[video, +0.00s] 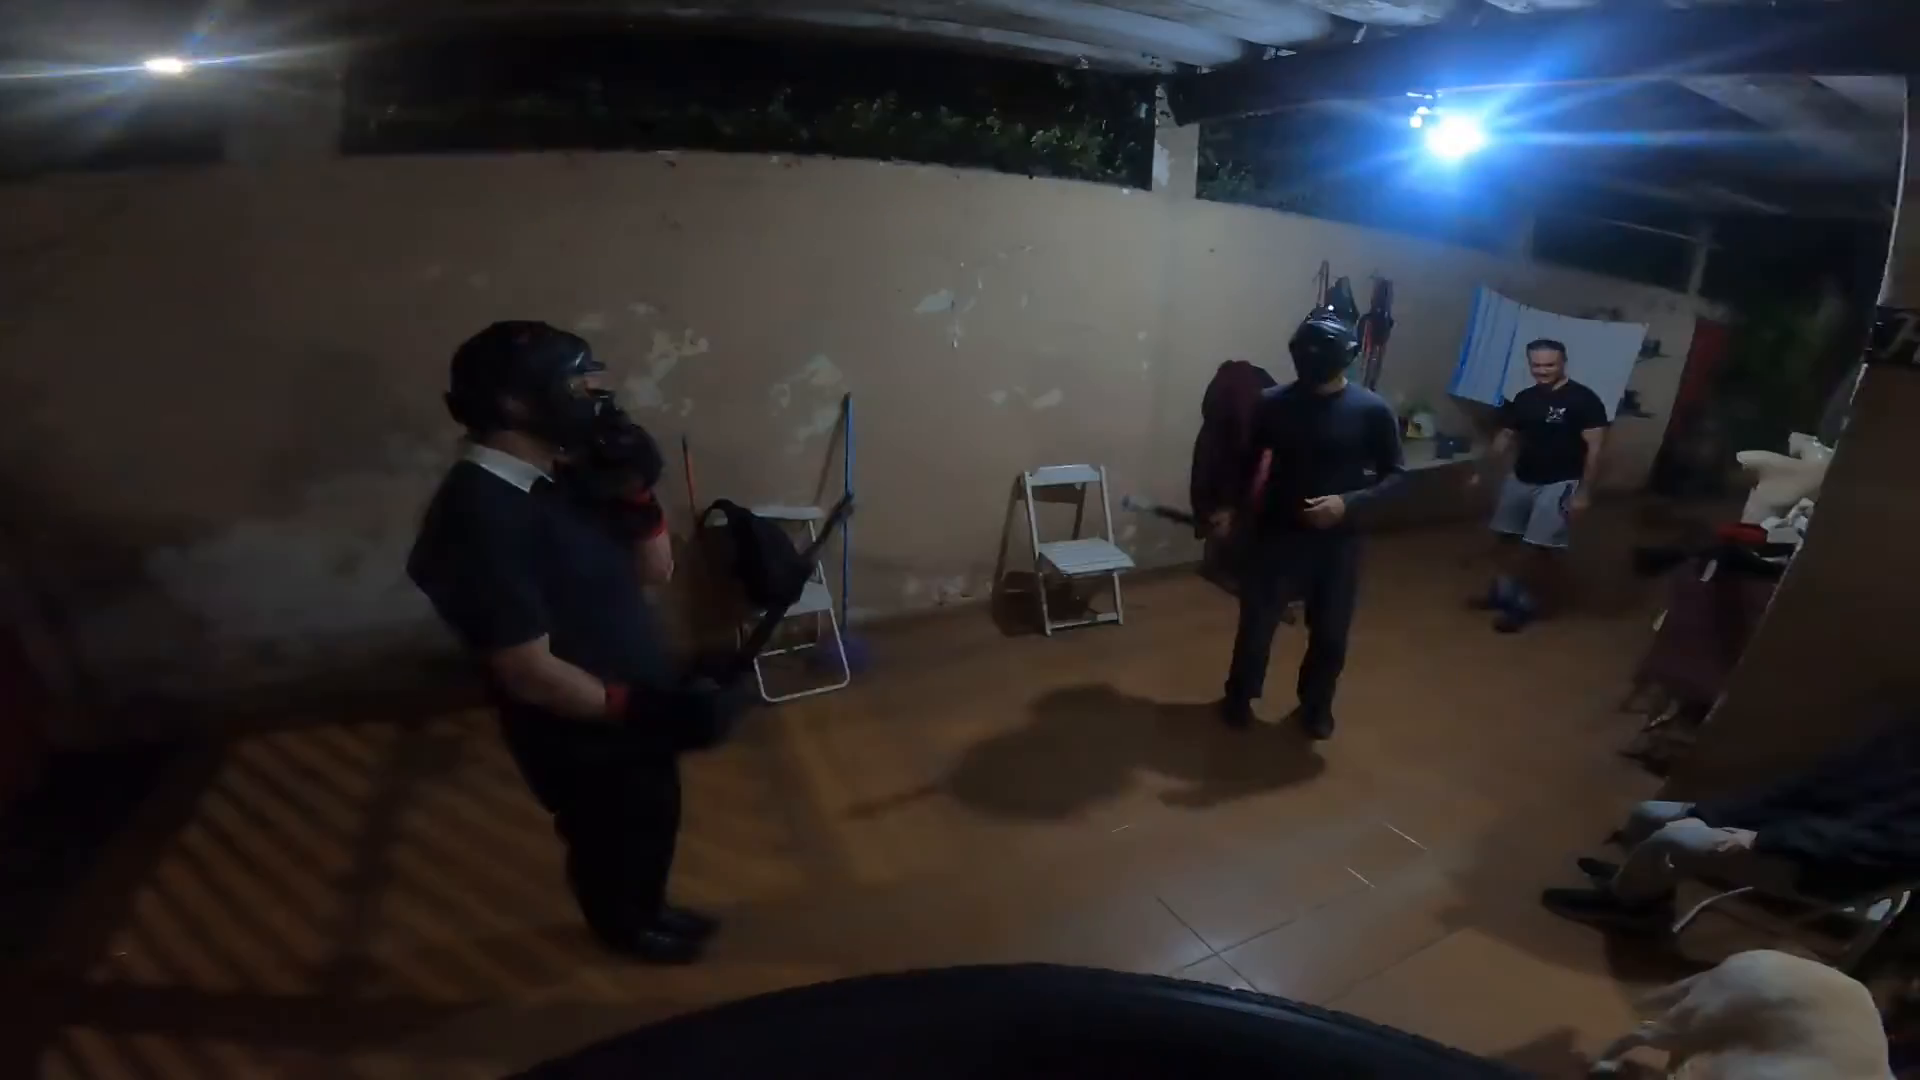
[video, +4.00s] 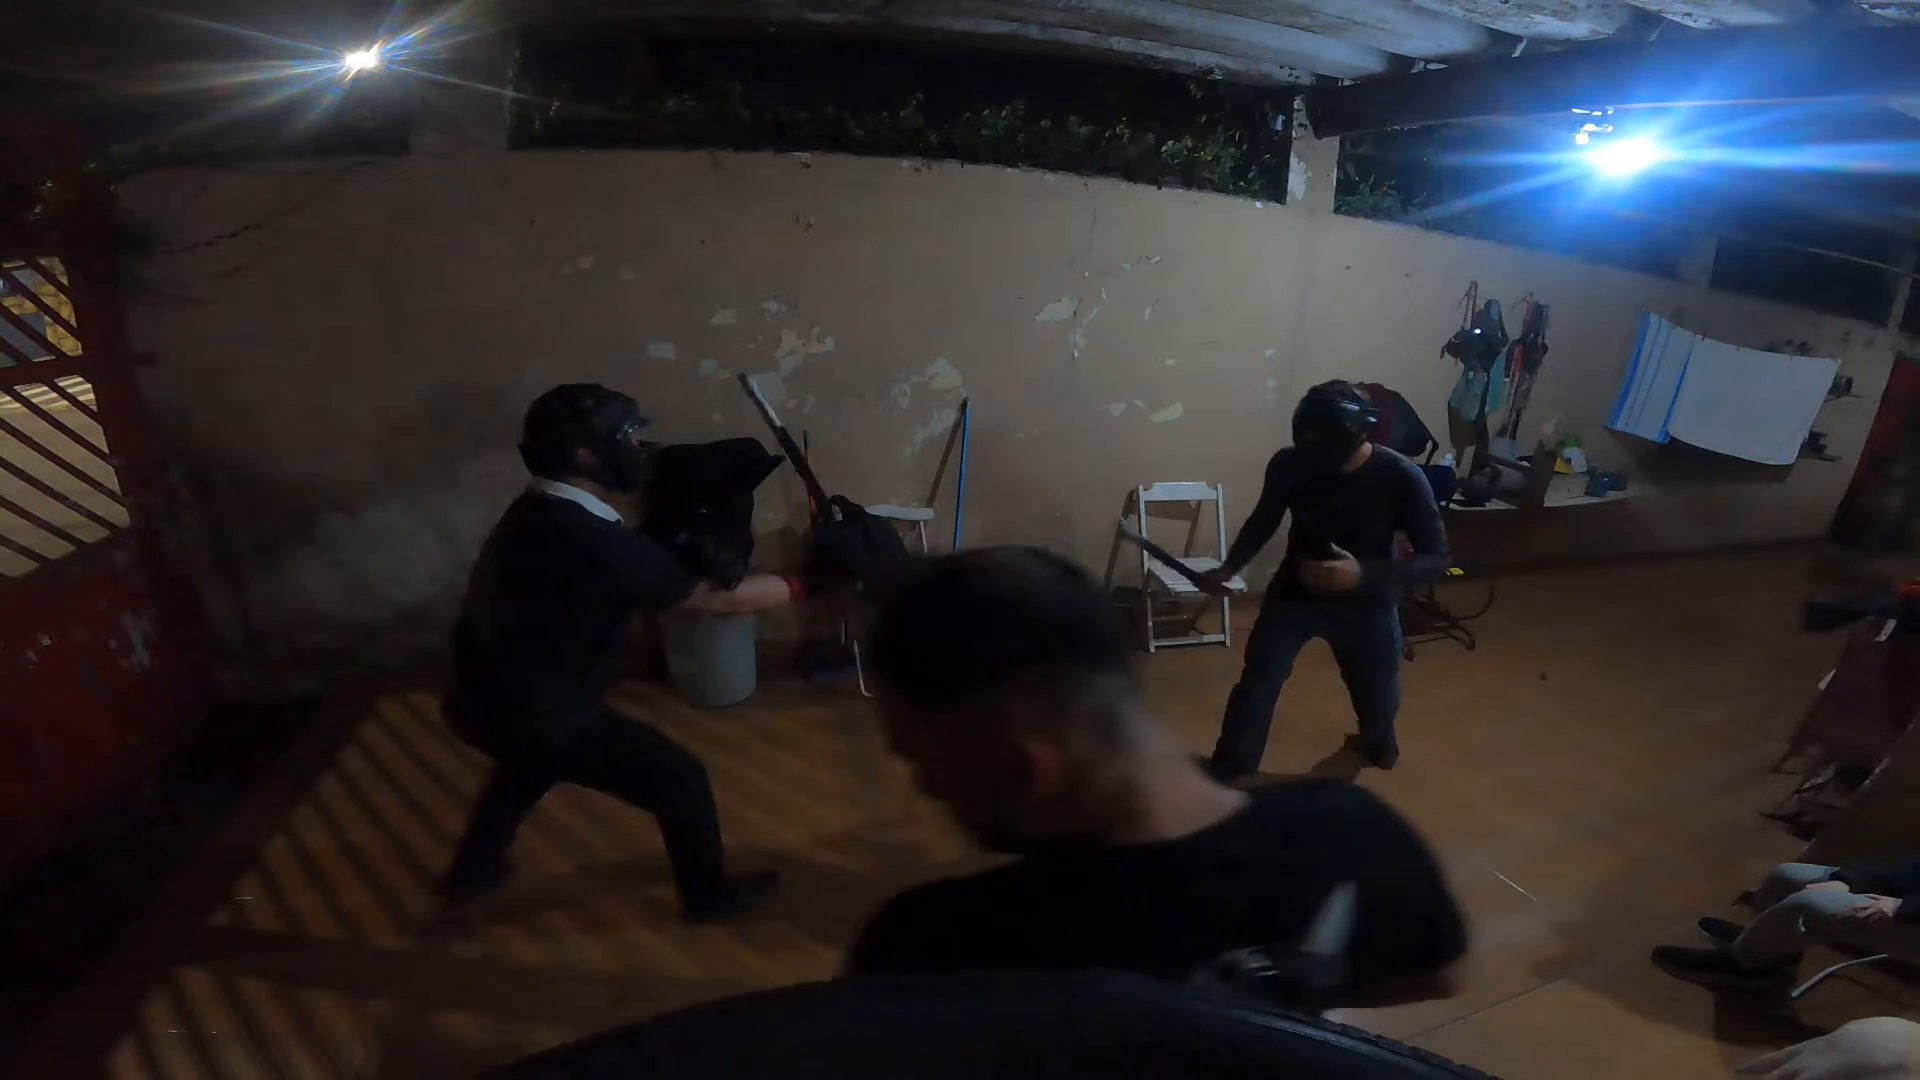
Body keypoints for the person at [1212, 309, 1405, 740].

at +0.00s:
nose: (1311, 363)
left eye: (1321, 355)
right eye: (1305, 353)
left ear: (1342, 359)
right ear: (1295, 356)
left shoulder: (1371, 412)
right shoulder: (1274, 406)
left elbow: (1398, 476)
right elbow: (1248, 465)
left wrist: (1348, 503)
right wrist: (1229, 506)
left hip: (1336, 541)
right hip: (1275, 534)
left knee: (1331, 634)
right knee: (1256, 623)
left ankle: (1316, 708)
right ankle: (1239, 697)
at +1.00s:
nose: (1395, 420)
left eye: (1406, 412)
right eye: (1392, 410)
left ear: (1434, 414)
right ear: (1388, 406)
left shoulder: (1475, 463)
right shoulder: (1366, 445)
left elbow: (1495, 527)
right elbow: (1314, 483)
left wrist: (1479, 557)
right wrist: (1259, 493)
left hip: (1421, 589)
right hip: (1354, 578)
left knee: (1417, 680)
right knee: (1299, 659)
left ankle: (1407, 740)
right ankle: (1238, 749)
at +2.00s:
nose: (1382, 534)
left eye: (1388, 522)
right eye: (1371, 527)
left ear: (1397, 517)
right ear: (1350, 523)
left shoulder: (1416, 525)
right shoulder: (1318, 541)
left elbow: (1455, 524)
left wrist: (1480, 533)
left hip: (1398, 622)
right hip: (1329, 624)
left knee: (1456, 697)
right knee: (1285, 703)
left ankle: (1411, 734)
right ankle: (1218, 770)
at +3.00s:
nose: (1364, 465)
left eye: (1374, 456)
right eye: (1356, 455)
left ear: (1397, 442)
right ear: (1342, 442)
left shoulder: (1437, 480)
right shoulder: (1318, 470)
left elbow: (1463, 545)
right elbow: (1288, 522)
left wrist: (1432, 612)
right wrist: (1255, 577)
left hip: (1392, 610)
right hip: (1322, 602)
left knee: (1410, 698)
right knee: (1277, 674)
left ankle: (1421, 751)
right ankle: (1230, 766)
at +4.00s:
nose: (1312, 460)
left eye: (1321, 452)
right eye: (1307, 450)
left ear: (1352, 441)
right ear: (1302, 438)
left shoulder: (1403, 479)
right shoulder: (1290, 467)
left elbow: (1434, 561)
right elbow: (1264, 521)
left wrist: (1364, 574)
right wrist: (1229, 567)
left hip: (1367, 603)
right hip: (1295, 593)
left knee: (1378, 693)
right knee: (1259, 678)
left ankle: (1380, 743)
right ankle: (1230, 769)